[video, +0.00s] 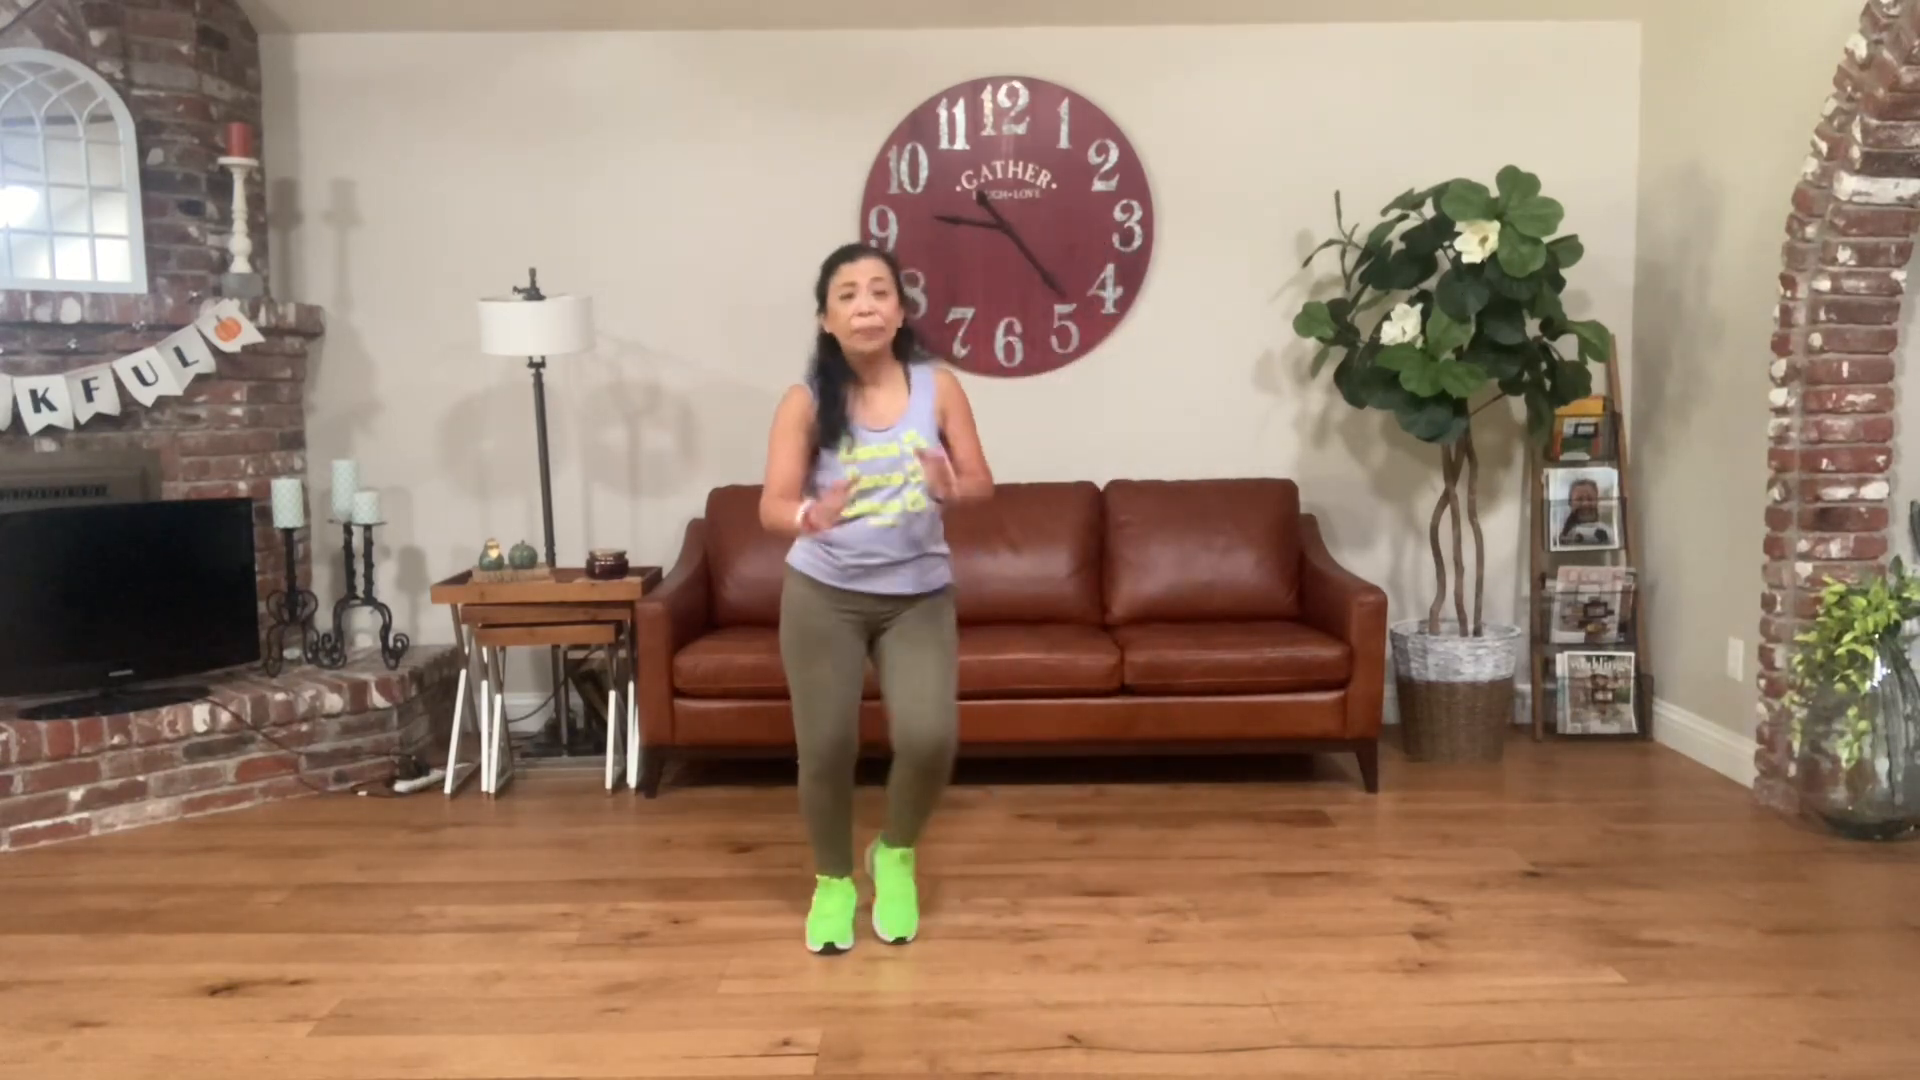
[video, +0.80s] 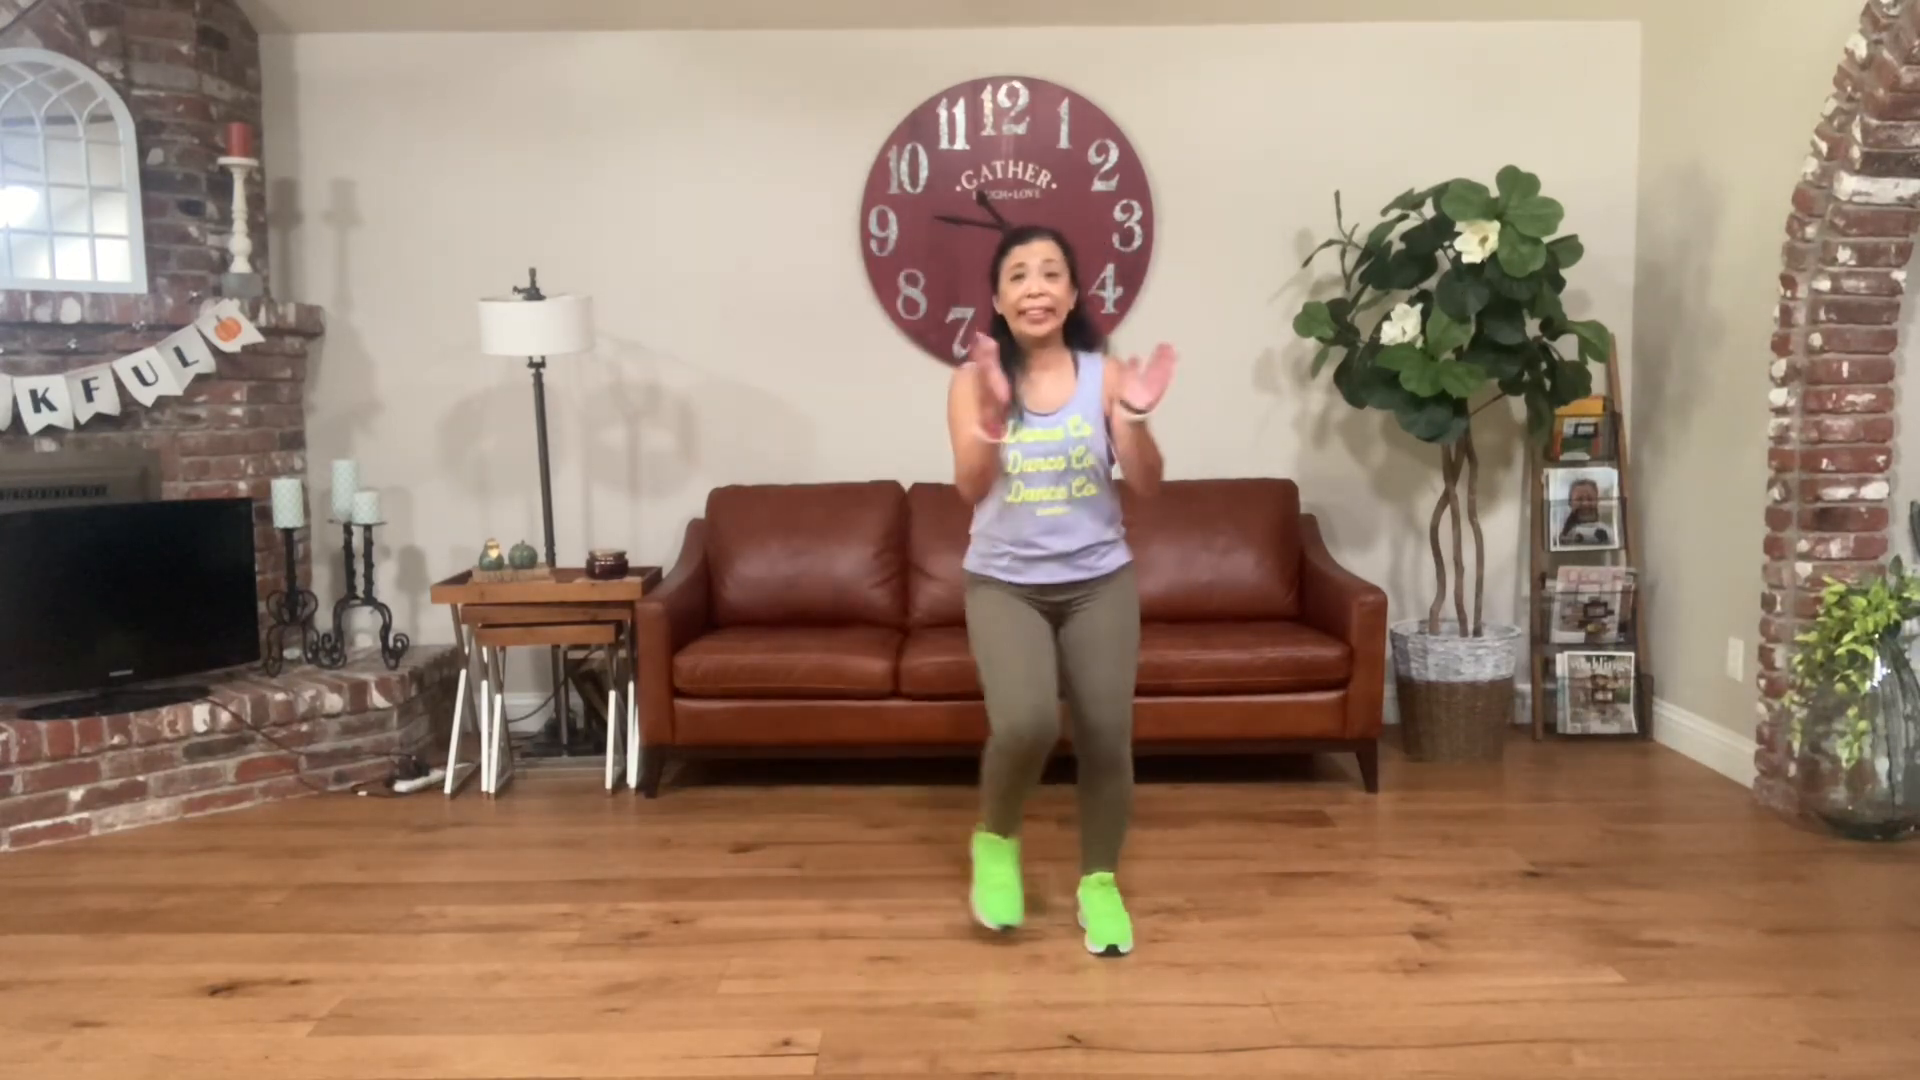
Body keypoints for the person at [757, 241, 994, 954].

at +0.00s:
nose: (866, 305)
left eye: (880, 291)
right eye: (848, 295)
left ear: (901, 308)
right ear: (825, 316)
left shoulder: (937, 386)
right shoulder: (807, 400)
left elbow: (981, 485)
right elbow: (773, 507)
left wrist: (953, 484)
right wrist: (810, 514)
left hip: (920, 594)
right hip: (822, 594)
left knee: (929, 739)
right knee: (826, 745)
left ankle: (895, 856)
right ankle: (834, 882)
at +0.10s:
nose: (879, 304)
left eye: (893, 292)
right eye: (861, 295)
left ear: (913, 311)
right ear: (837, 320)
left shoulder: (947, 393)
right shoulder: (819, 408)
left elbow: (979, 472)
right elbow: (776, 514)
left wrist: (986, 482)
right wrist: (799, 544)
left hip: (927, 596)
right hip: (832, 599)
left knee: (977, 727)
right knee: (830, 750)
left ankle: (940, 846)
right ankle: (834, 885)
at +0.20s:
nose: (897, 290)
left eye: (910, 278)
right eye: (879, 281)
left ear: (932, 297)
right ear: (856, 306)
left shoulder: (964, 383)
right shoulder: (839, 399)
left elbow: (989, 461)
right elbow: (793, 498)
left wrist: (1012, 472)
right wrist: (795, 537)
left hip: (943, 590)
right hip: (846, 589)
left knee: (1005, 729)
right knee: (843, 745)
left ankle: (1024, 861)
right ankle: (835, 885)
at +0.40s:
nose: (949, 284)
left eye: (962, 272)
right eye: (930, 276)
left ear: (983, 293)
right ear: (908, 305)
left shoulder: (1018, 373)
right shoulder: (897, 390)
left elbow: (1043, 449)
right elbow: (840, 478)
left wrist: (1102, 452)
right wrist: (800, 493)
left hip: (1008, 596)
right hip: (913, 591)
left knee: (1050, 747)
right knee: (877, 746)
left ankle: (1095, 885)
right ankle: (838, 883)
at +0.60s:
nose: (1011, 287)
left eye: (1025, 272)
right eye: (993, 276)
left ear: (1048, 290)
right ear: (971, 299)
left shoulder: (1083, 371)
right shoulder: (957, 386)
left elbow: (1134, 452)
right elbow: (901, 496)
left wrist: (1167, 425)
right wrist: (885, 457)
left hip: (1075, 584)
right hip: (976, 582)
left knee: (1091, 735)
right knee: (939, 732)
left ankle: (1098, 882)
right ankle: (867, 858)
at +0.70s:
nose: (1029, 293)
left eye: (1043, 278)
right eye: (1011, 281)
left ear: (1066, 296)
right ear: (989, 302)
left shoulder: (1098, 378)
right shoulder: (969, 388)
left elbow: (1160, 468)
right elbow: (937, 500)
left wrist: (1173, 415)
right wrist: (940, 428)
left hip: (1091, 584)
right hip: (992, 585)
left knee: (1100, 734)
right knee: (978, 723)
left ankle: (1099, 882)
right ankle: (930, 836)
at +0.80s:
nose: (1036, 289)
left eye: (1050, 274)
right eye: (1019, 276)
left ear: (1074, 293)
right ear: (997, 297)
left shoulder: (1105, 373)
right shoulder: (975, 379)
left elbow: (1146, 485)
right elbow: (971, 486)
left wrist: (1132, 420)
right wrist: (992, 415)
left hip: (1099, 579)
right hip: (1004, 582)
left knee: (1106, 728)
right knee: (1027, 724)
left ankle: (1100, 881)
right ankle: (996, 843)